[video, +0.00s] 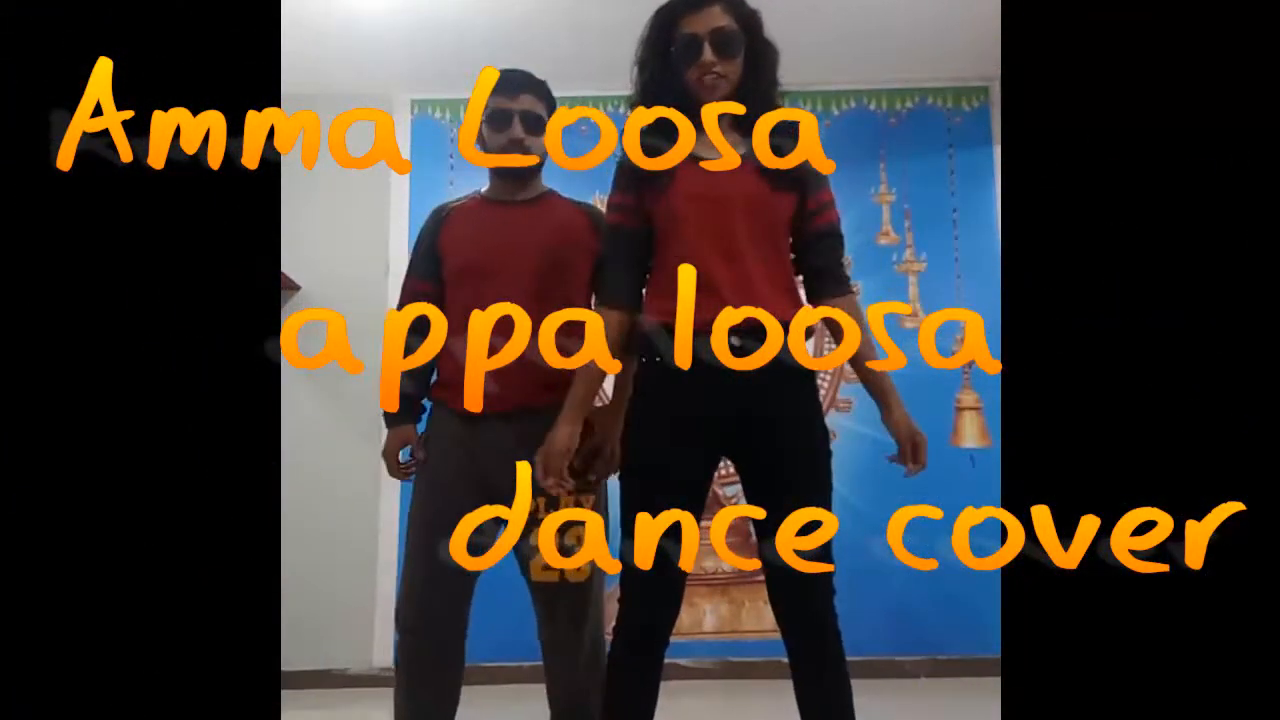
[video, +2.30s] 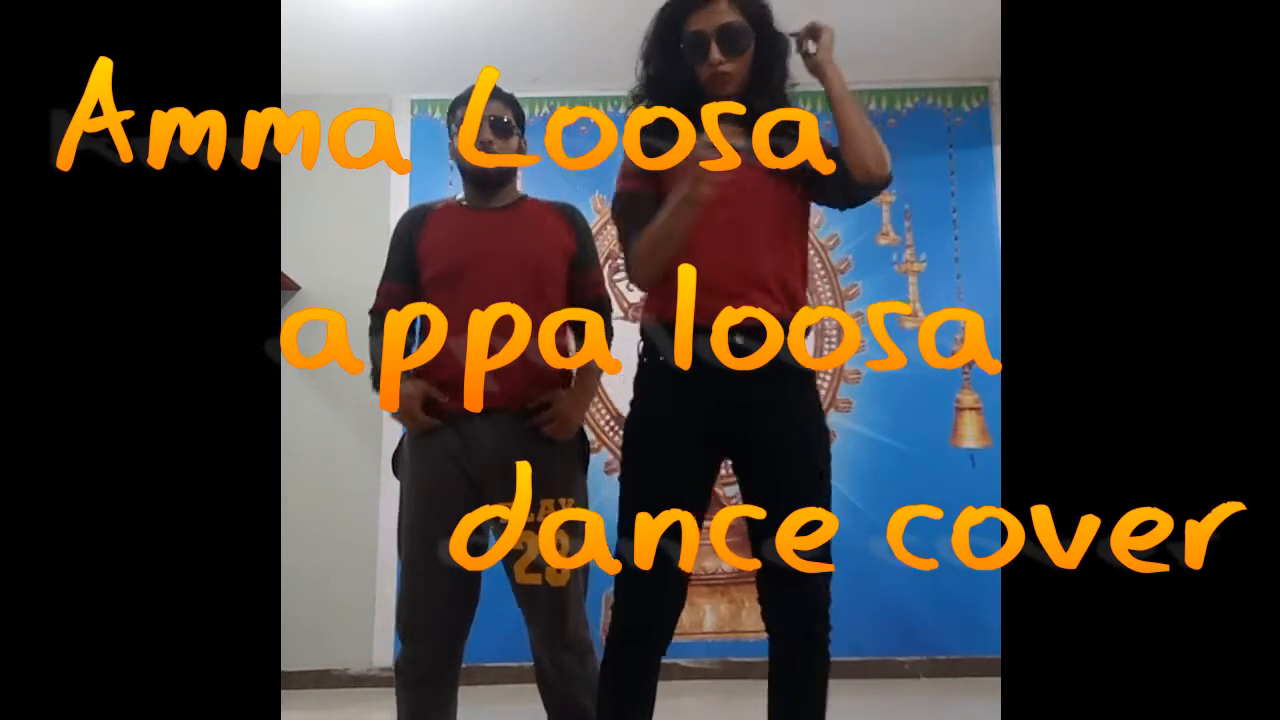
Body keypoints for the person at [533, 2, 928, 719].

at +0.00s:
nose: (708, 58)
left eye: (724, 43)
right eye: (689, 46)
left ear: (752, 55)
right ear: (666, 62)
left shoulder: (787, 145)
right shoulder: (648, 148)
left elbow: (830, 283)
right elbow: (618, 290)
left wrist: (890, 403)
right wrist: (572, 414)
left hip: (778, 394)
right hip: (671, 394)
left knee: (807, 602)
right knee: (649, 601)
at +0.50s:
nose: (692, 57)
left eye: (708, 38)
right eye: (675, 48)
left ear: (747, 44)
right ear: (663, 64)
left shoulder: (789, 133)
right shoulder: (652, 140)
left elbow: (822, 260)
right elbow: (640, 265)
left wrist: (783, 367)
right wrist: (686, 372)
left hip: (786, 383)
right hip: (679, 384)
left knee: (810, 598)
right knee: (653, 602)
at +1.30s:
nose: (633, 66)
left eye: (649, 46)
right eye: (632, 51)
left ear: (705, 47)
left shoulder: (777, 140)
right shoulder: (635, 149)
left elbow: (816, 274)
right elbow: (607, 275)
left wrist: (893, 361)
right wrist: (587, 377)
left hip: (754, 387)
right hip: (646, 387)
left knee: (812, 593)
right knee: (627, 599)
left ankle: (837, 718)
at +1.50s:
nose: (655, 56)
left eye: (673, 36)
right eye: (645, 46)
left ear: (721, 40)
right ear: (640, 65)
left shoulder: (782, 135)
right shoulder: (645, 148)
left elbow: (835, 271)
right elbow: (627, 301)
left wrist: (949, 289)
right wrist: (570, 276)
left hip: (787, 388)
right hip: (679, 389)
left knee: (821, 603)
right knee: (651, 604)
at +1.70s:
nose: (694, 48)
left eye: (711, 30)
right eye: (675, 39)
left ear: (744, 44)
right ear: (659, 62)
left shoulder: (790, 132)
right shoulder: (655, 150)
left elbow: (868, 253)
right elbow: (632, 298)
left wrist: (953, 164)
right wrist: (560, 207)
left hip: (797, 388)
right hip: (689, 390)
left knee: (824, 598)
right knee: (643, 603)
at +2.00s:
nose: (710, 47)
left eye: (727, 32)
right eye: (691, 36)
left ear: (755, 47)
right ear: (670, 55)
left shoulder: (789, 134)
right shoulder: (659, 147)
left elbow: (888, 186)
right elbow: (617, 285)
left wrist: (885, 63)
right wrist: (562, 182)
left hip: (767, 380)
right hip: (664, 378)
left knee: (802, 592)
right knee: (637, 594)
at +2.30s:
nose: (714, 57)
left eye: (730, 38)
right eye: (695, 45)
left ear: (760, 45)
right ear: (674, 57)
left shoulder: (784, 133)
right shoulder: (654, 140)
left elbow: (868, 176)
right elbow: (639, 269)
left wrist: (829, 72)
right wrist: (686, 196)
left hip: (777, 383)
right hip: (674, 383)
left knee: (800, 596)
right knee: (646, 598)